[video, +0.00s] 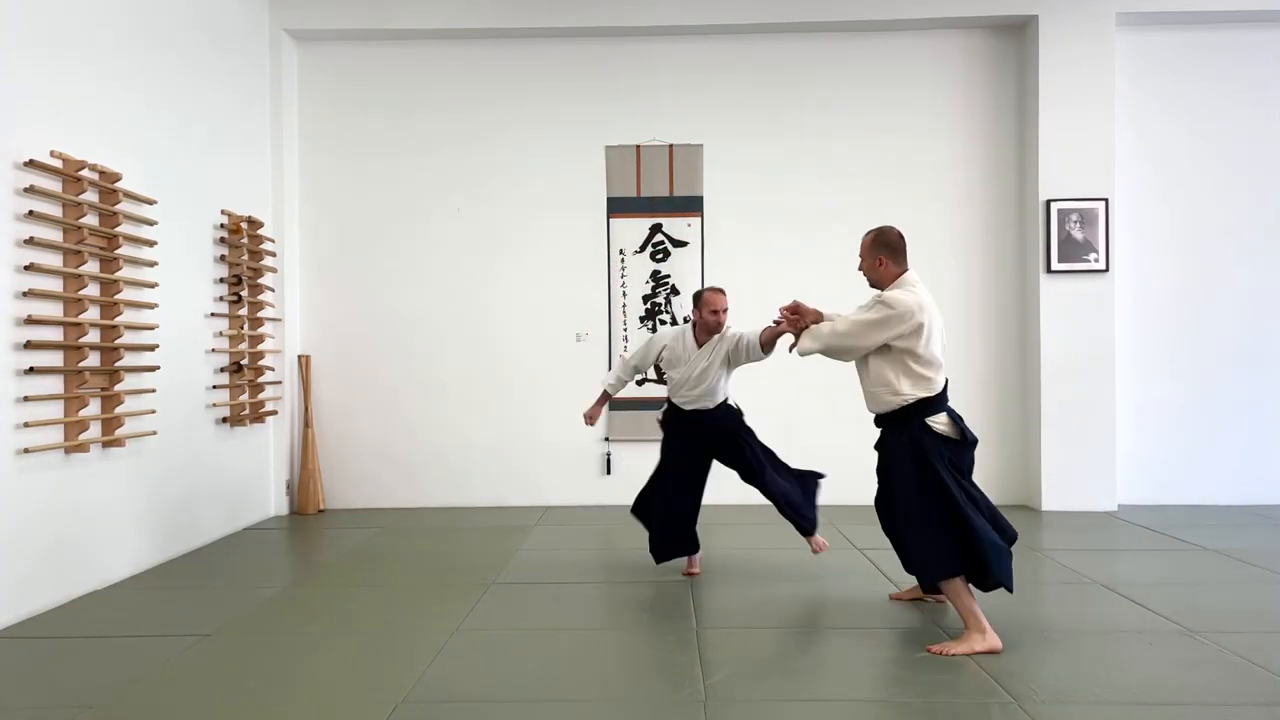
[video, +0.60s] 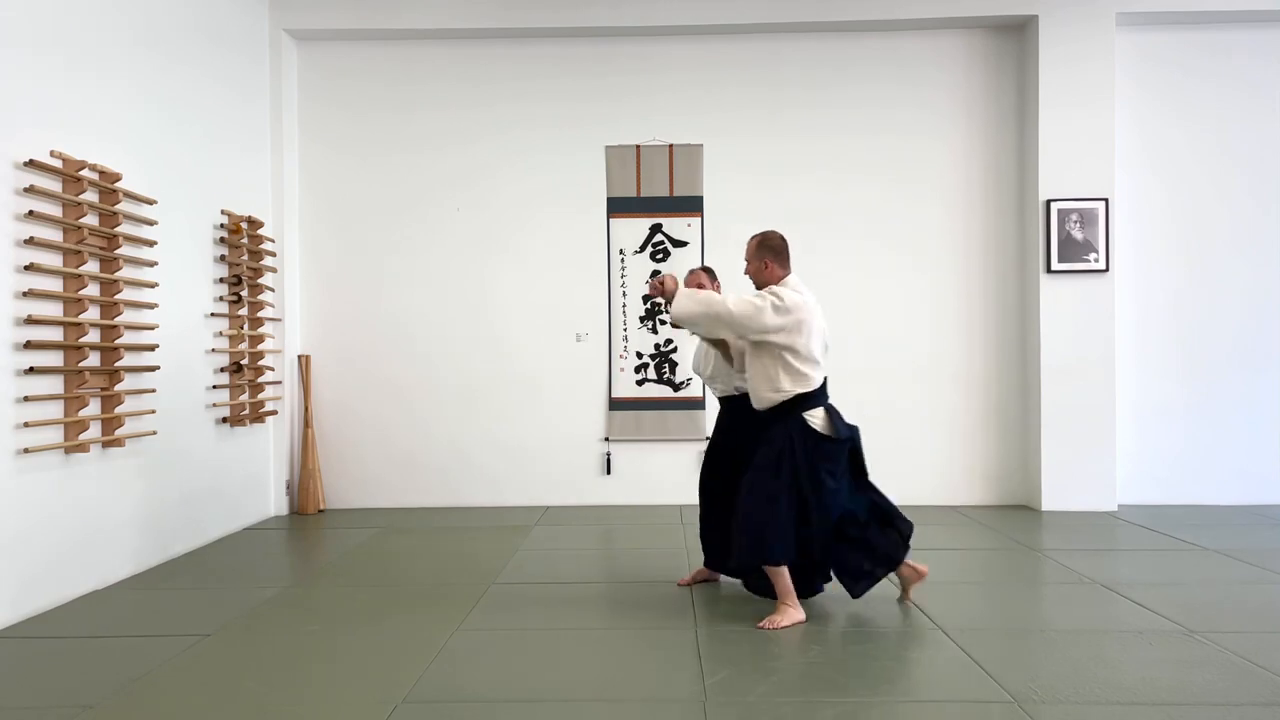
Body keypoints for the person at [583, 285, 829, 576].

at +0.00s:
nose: (721, 318)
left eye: (724, 312)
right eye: (714, 312)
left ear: (727, 313)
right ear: (696, 314)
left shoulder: (729, 343)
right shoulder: (667, 341)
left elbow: (757, 342)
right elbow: (628, 368)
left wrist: (779, 328)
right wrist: (598, 403)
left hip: (720, 421)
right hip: (681, 425)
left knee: (763, 473)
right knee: (679, 492)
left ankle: (806, 527)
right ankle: (691, 550)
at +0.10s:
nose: (716, 317)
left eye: (720, 310)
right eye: (709, 312)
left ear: (725, 310)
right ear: (694, 314)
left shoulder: (734, 338)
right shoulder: (677, 343)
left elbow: (754, 350)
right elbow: (643, 367)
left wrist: (769, 333)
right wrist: (613, 390)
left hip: (744, 424)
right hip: (708, 428)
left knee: (779, 492)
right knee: (694, 495)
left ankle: (810, 564)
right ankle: (707, 555)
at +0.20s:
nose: (722, 313)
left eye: (727, 306)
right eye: (715, 309)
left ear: (738, 306)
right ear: (708, 314)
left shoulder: (755, 337)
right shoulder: (703, 343)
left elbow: (755, 354)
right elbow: (680, 369)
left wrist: (745, 343)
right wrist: (655, 386)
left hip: (761, 430)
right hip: (727, 430)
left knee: (777, 508)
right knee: (696, 493)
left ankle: (806, 584)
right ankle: (714, 547)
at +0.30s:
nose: (718, 305)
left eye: (723, 298)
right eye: (714, 300)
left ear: (742, 297)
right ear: (711, 305)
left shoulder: (762, 330)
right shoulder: (719, 340)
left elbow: (764, 355)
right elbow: (721, 380)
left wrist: (733, 336)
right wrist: (702, 391)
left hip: (771, 426)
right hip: (737, 426)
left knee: (787, 503)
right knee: (706, 483)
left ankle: (809, 581)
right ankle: (707, 560)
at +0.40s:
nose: (714, 302)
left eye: (719, 294)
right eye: (707, 297)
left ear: (735, 294)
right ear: (702, 303)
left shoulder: (752, 323)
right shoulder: (714, 332)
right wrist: (735, 405)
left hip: (775, 418)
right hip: (742, 420)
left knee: (791, 495)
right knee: (714, 487)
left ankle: (816, 573)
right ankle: (710, 566)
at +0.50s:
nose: (700, 299)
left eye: (707, 291)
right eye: (695, 295)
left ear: (724, 293)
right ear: (692, 304)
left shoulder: (742, 321)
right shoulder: (706, 332)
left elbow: (748, 334)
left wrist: (737, 303)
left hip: (765, 416)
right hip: (737, 418)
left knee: (773, 491)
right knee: (716, 488)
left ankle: (787, 570)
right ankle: (714, 565)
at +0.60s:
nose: (694, 295)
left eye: (699, 288)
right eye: (689, 290)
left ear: (717, 287)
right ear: (688, 295)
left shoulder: (735, 322)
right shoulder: (705, 328)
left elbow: (741, 361)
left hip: (751, 409)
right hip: (729, 410)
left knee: (750, 485)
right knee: (711, 484)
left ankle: (763, 565)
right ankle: (713, 563)